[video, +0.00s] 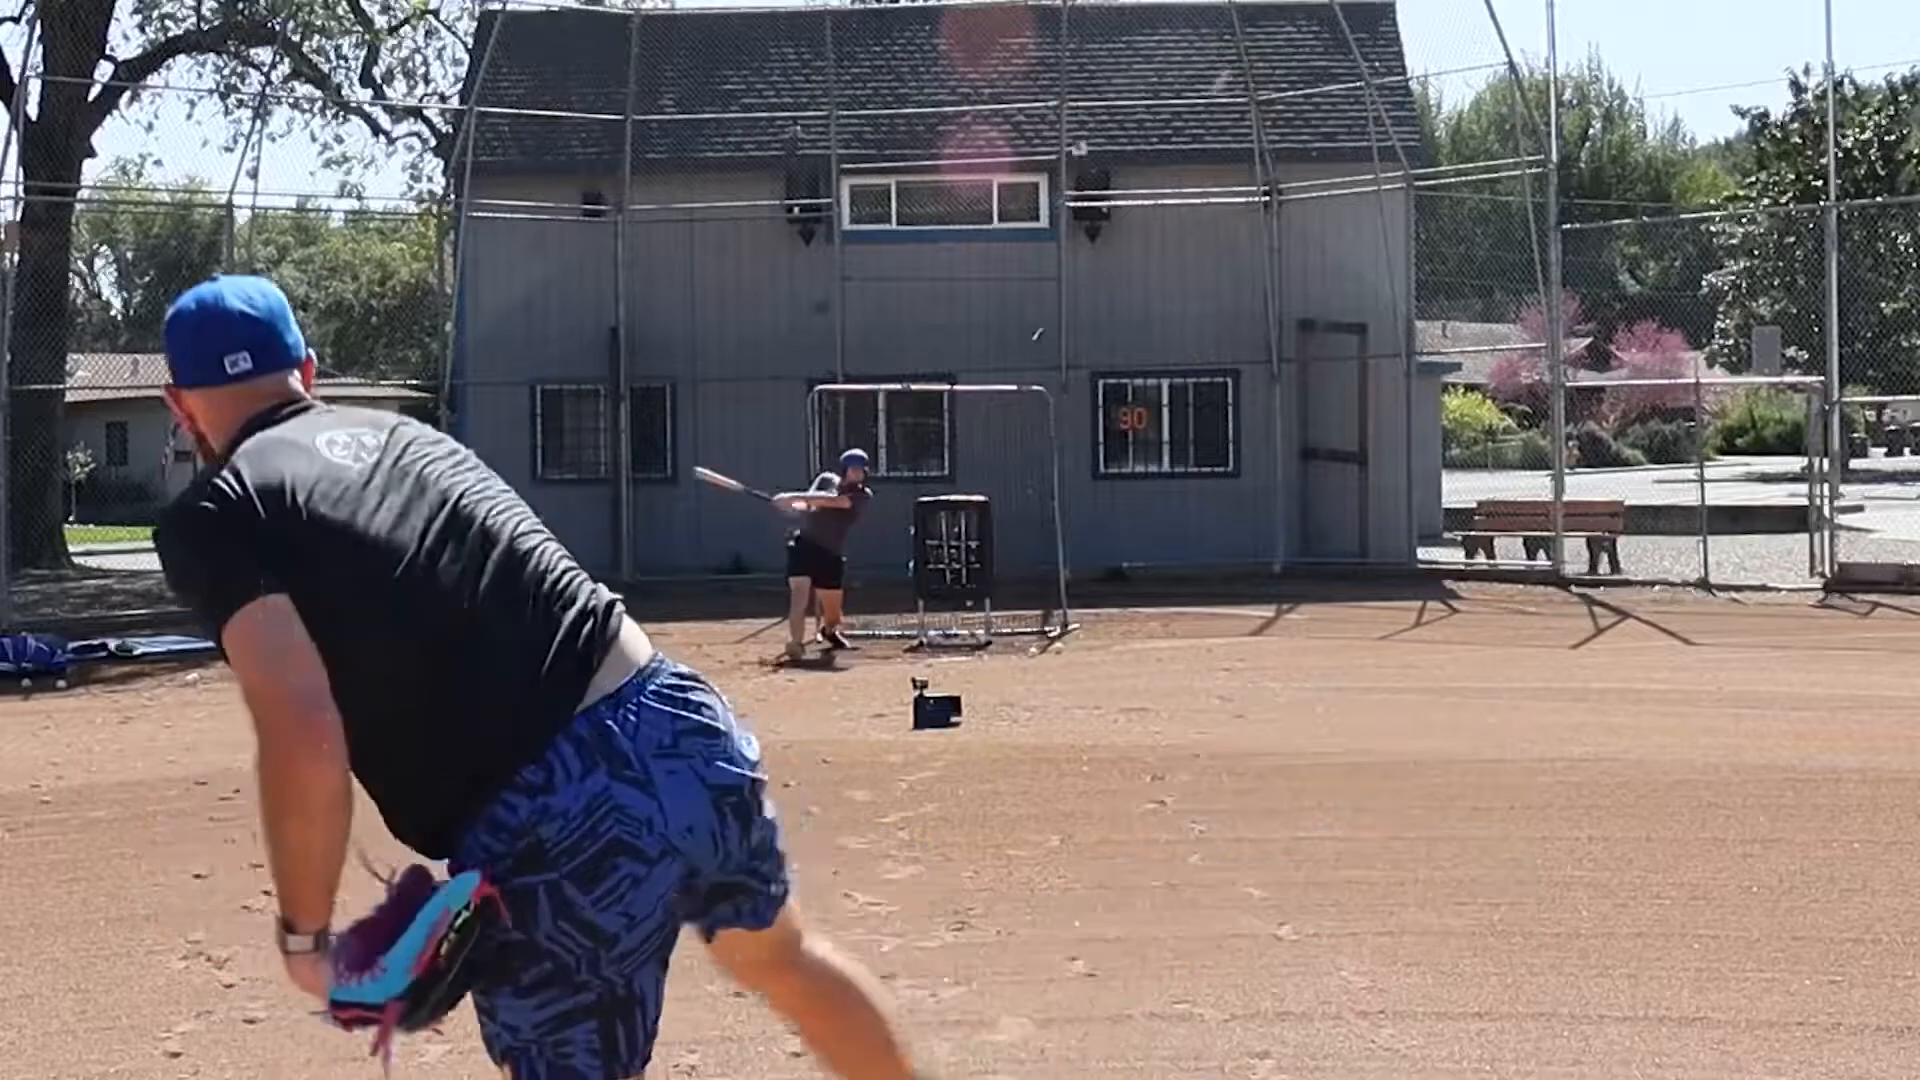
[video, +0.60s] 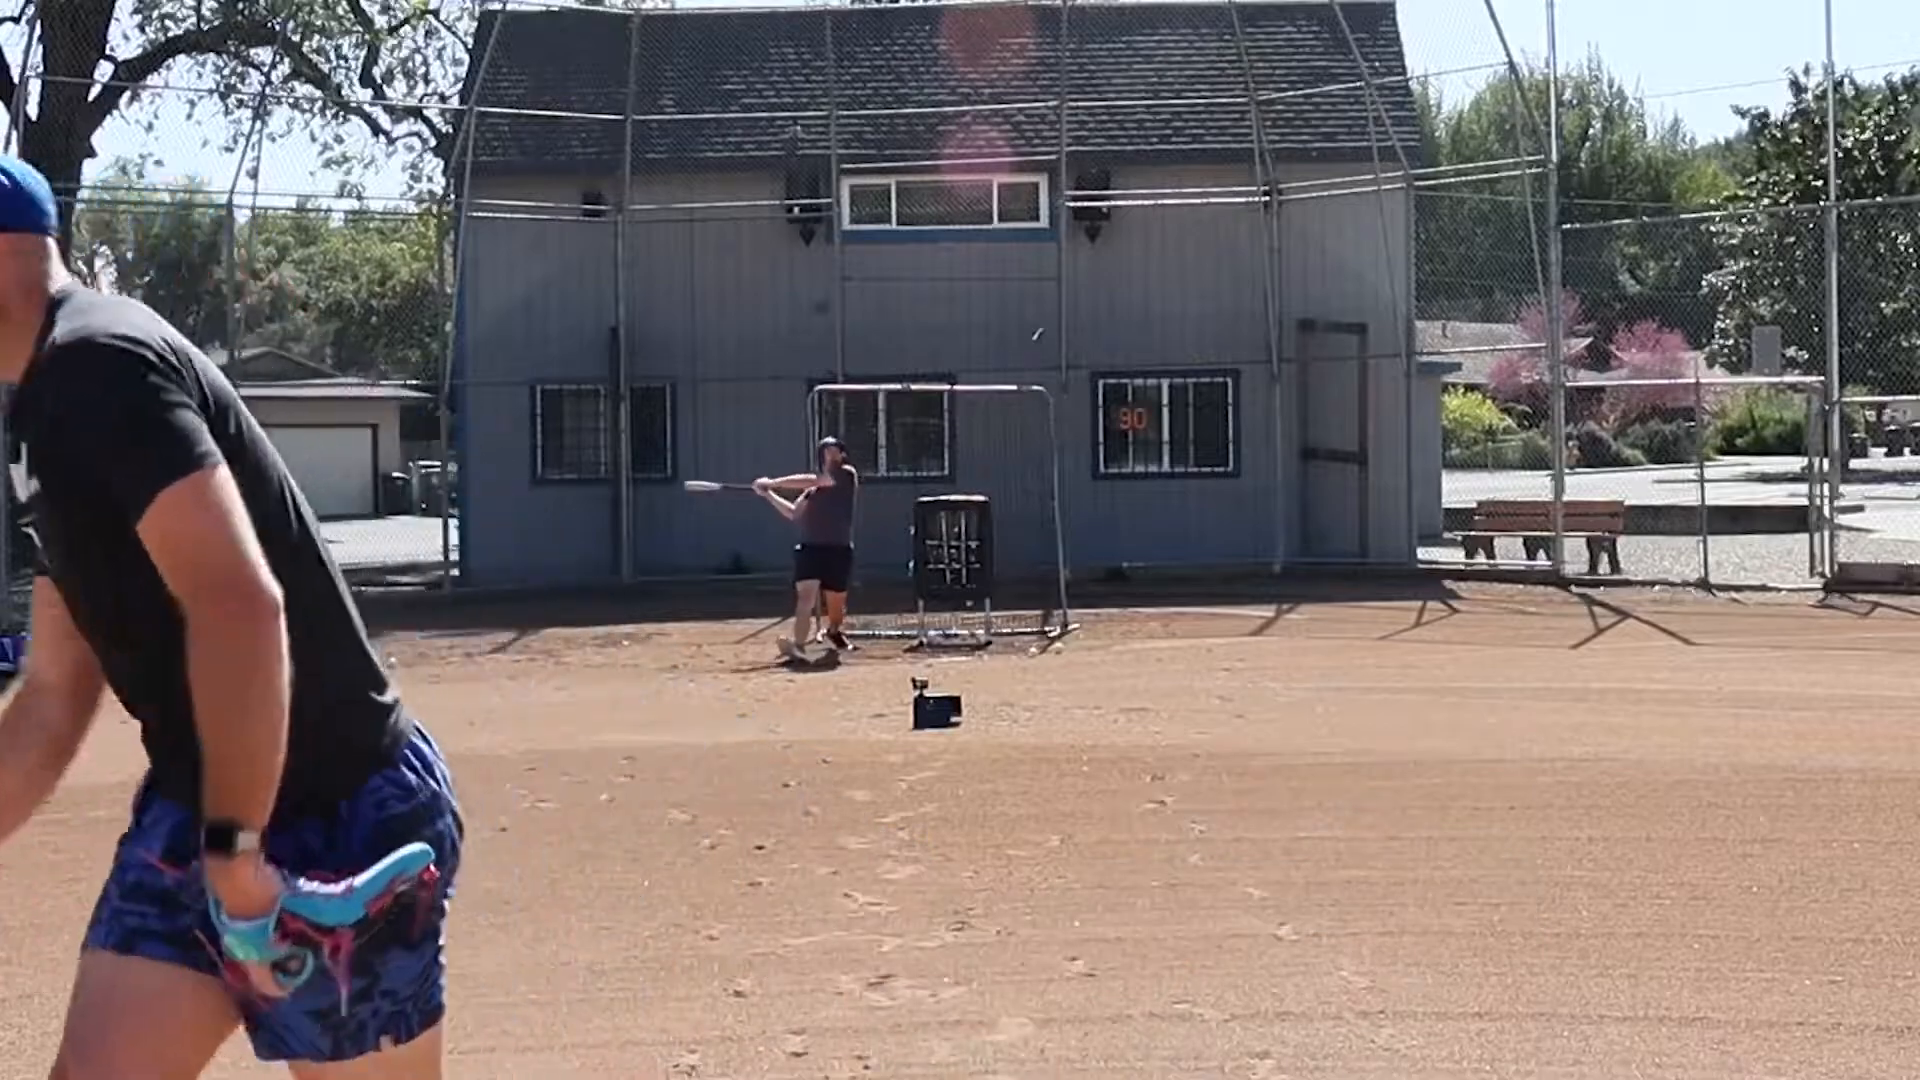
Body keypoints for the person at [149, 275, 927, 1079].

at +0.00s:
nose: (177, 423)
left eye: (171, 406)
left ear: (186, 409)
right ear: (309, 370)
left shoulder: (213, 507)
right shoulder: (403, 430)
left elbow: (304, 726)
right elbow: (488, 628)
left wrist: (304, 924)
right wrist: (453, 865)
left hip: (556, 829)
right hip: (689, 728)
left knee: (569, 1056)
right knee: (777, 949)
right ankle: (899, 1069)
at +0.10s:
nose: (173, 380)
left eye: (170, 362)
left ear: (175, 371)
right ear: (299, 332)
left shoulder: (220, 485)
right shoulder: (398, 399)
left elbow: (312, 739)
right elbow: (495, 608)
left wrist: (312, 936)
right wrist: (467, 854)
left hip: (568, 816)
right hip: (676, 732)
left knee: (568, 1061)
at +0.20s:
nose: (165, 355)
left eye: (156, 336)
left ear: (161, 341)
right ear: (293, 301)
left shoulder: (216, 467)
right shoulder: (391, 378)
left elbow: (295, 743)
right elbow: (492, 594)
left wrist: (287, 929)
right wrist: (440, 836)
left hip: (546, 822)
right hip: (636, 738)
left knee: (562, 1060)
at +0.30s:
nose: (136, 327)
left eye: (131, 307)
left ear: (142, 315)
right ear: (271, 276)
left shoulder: (214, 438)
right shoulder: (363, 363)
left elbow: (289, 717)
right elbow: (424, 595)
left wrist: (265, 926)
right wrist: (357, 773)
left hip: (493, 824)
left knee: (530, 1062)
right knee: (227, 993)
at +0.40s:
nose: (87, 305)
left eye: (83, 283)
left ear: (91, 292)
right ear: (223, 263)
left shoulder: (183, 423)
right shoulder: (315, 372)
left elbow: (268, 715)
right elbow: (315, 629)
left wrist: (242, 918)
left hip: (432, 851)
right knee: (167, 1065)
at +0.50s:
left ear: (32, 280)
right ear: (124, 268)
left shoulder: (136, 407)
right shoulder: (180, 377)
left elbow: (237, 680)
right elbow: (182, 679)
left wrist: (220, 906)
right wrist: (78, 858)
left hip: (384, 850)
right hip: (255, 832)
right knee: (122, 1067)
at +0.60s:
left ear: (19, 245)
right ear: (33, 243)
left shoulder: (98, 367)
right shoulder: (50, 399)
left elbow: (238, 603)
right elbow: (56, 686)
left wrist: (233, 843)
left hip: (346, 823)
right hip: (196, 813)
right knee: (96, 1066)